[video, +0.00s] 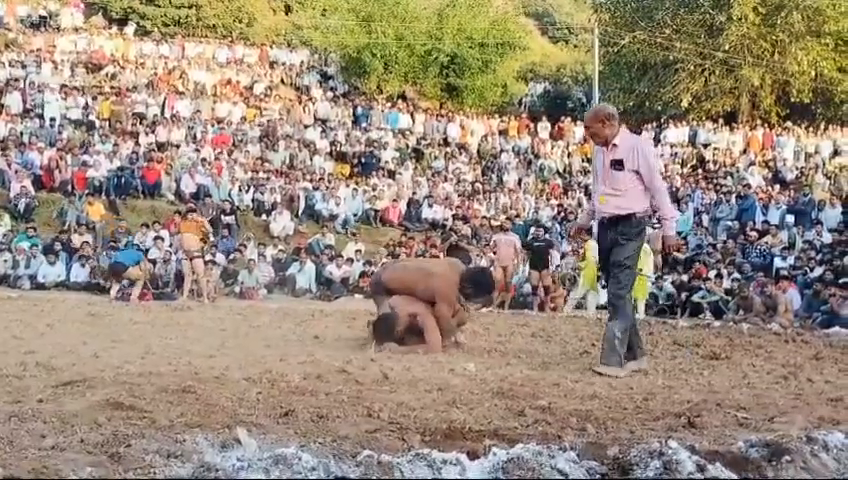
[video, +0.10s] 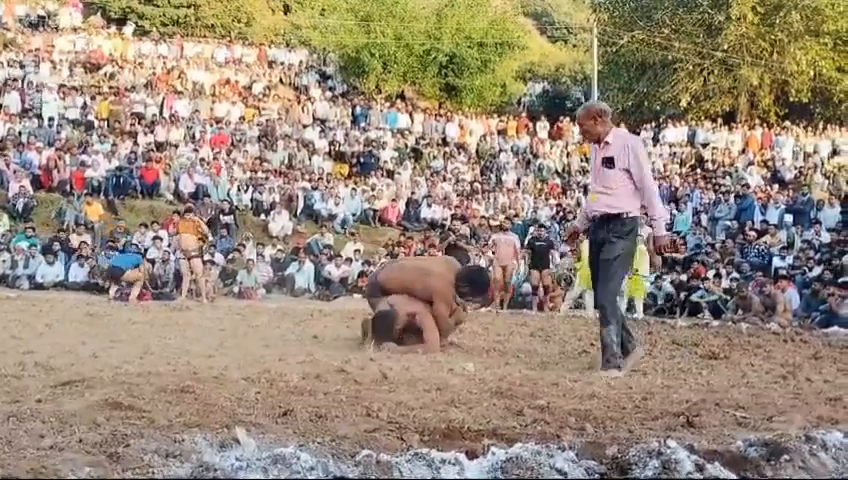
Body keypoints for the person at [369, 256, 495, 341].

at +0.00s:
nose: (474, 300)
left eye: (479, 299)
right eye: (477, 298)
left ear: (472, 271)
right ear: (470, 291)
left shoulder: (458, 265)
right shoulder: (446, 288)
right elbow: (442, 317)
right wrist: (451, 337)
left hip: (394, 267)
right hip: (382, 282)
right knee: (392, 325)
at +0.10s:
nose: (470, 300)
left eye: (474, 299)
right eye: (472, 298)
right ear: (466, 291)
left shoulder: (454, 264)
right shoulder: (442, 288)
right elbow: (443, 328)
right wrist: (455, 320)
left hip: (392, 267)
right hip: (378, 284)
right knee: (393, 329)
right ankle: (372, 327)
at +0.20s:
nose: (467, 292)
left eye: (471, 290)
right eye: (470, 289)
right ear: (462, 283)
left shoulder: (448, 261)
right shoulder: (439, 285)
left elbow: (448, 287)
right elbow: (441, 326)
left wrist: (454, 304)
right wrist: (453, 318)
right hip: (374, 290)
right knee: (395, 327)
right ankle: (371, 330)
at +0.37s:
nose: (461, 279)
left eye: (465, 275)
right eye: (463, 275)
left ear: (452, 252)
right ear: (456, 271)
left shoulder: (440, 253)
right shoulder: (434, 275)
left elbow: (444, 279)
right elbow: (436, 317)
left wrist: (450, 301)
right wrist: (450, 311)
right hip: (372, 286)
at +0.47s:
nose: (460, 268)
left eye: (464, 265)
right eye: (460, 264)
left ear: (450, 245)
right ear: (453, 257)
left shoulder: (437, 246)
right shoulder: (433, 264)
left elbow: (448, 279)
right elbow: (435, 308)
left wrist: (452, 300)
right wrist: (451, 305)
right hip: (378, 287)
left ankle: (374, 319)